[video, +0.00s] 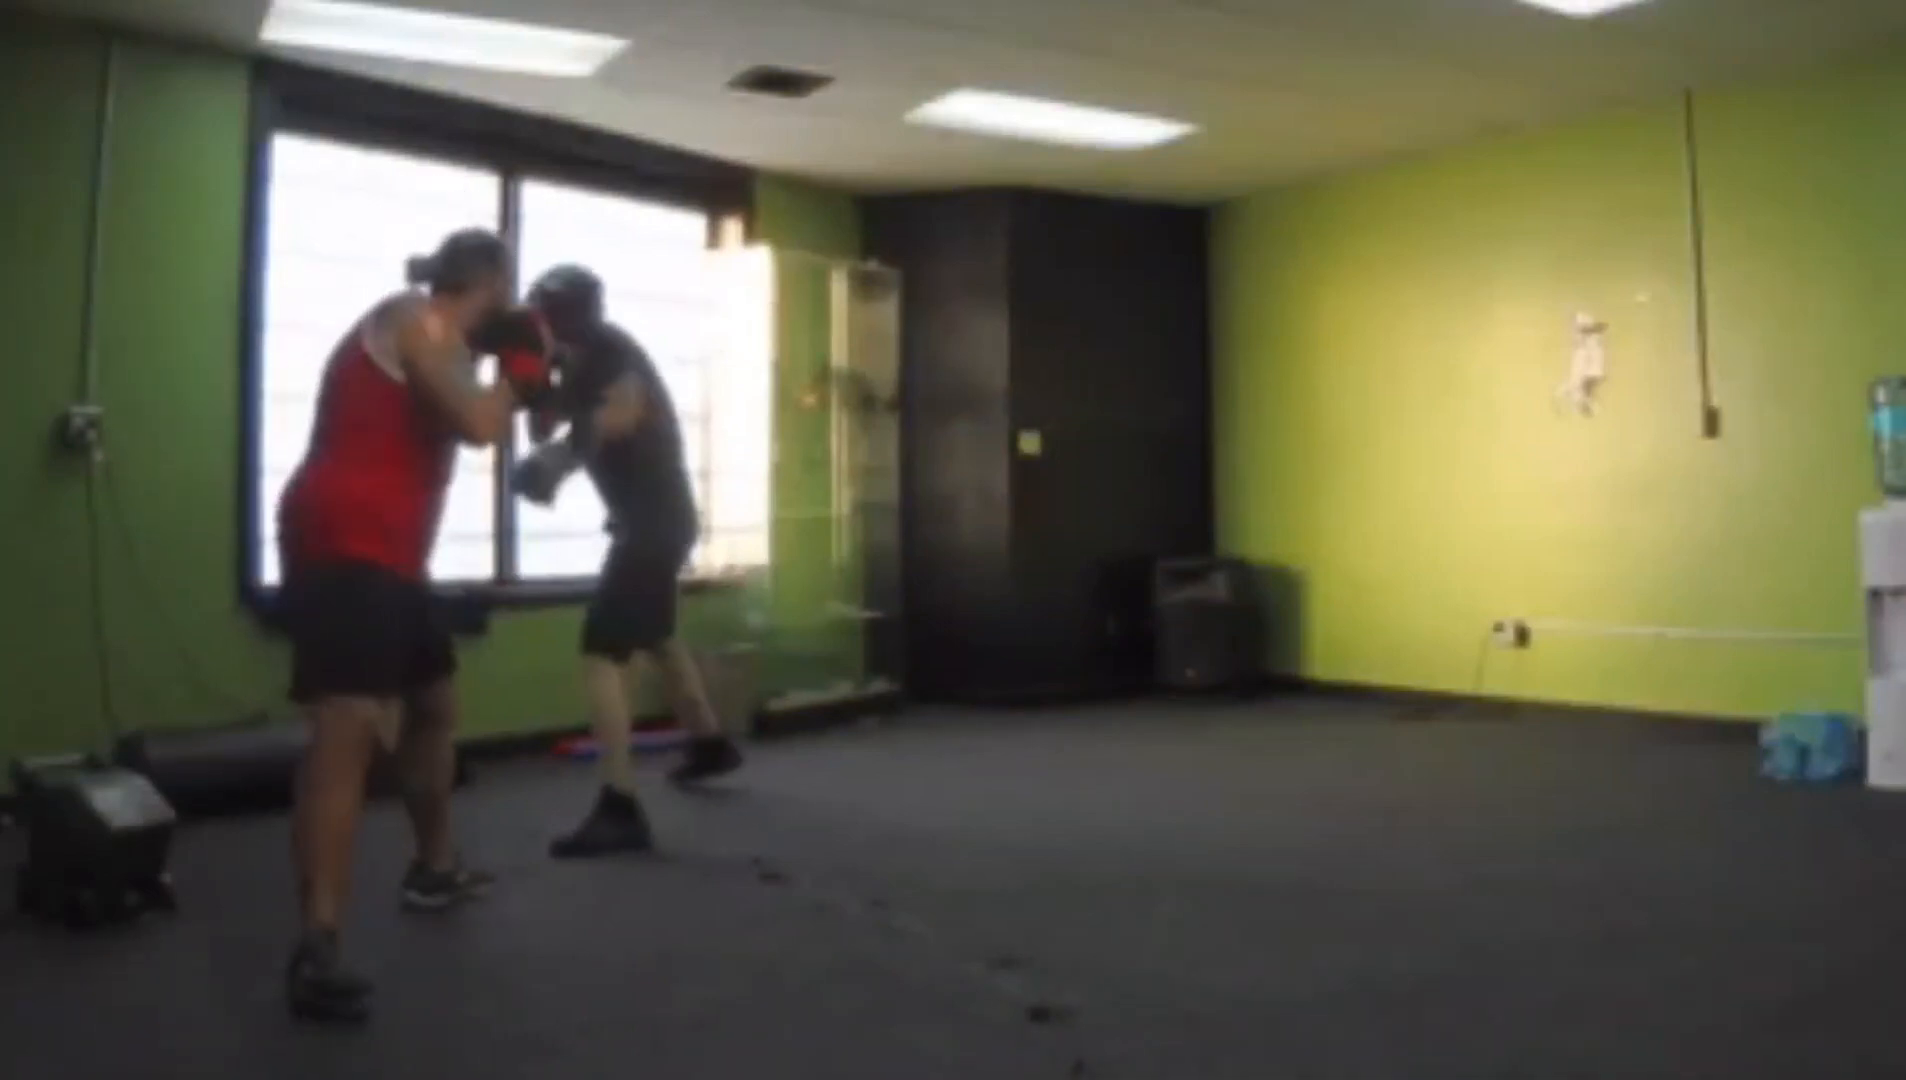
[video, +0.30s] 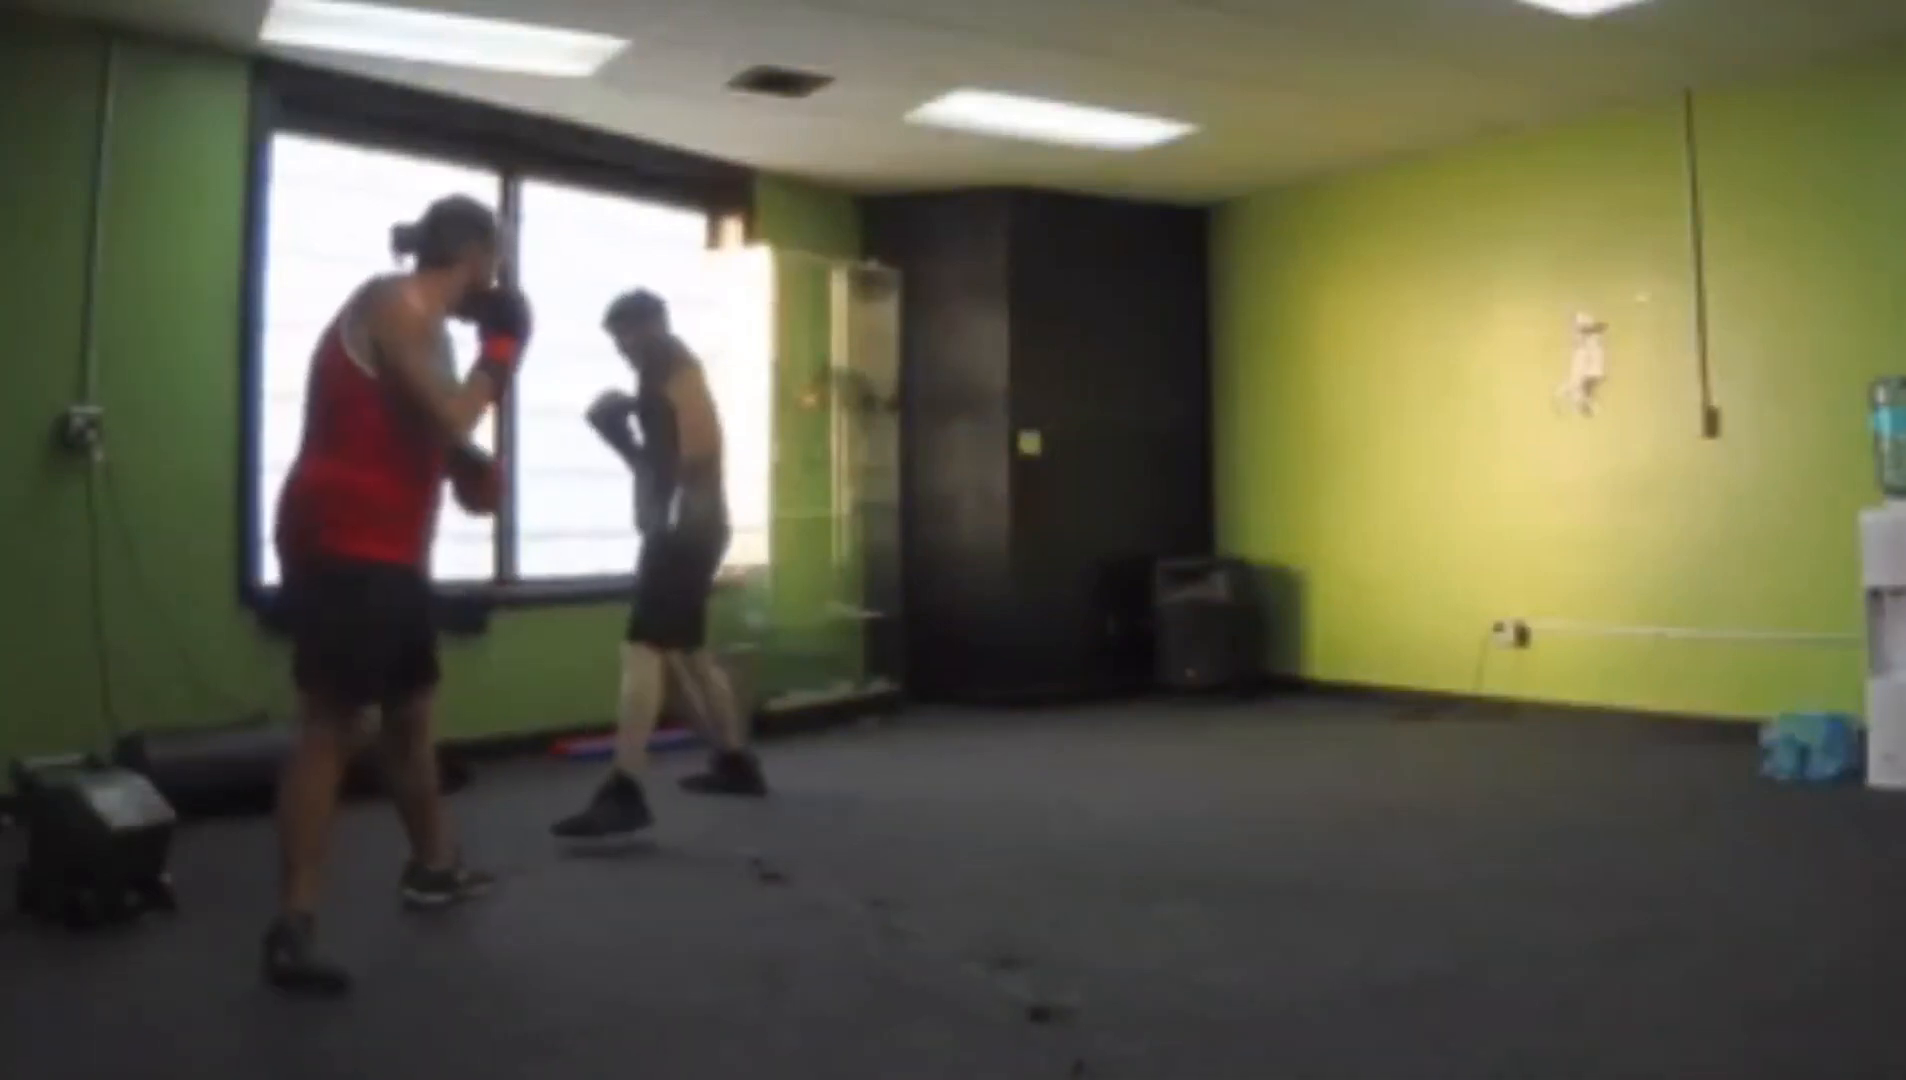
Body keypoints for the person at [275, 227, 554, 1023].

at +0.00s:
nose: (497, 317)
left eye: (500, 305)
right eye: (497, 303)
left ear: (444, 275)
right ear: (474, 288)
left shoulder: (391, 327)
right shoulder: (419, 322)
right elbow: (483, 422)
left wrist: (496, 363)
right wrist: (514, 371)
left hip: (371, 554)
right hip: (351, 551)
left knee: (434, 700)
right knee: (344, 736)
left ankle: (435, 866)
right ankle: (319, 943)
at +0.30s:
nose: (489, 284)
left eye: (492, 273)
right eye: (488, 270)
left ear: (430, 249)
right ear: (464, 259)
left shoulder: (404, 321)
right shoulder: (393, 305)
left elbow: (403, 434)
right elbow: (450, 415)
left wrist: (460, 471)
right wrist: (500, 352)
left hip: (386, 549)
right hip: (348, 546)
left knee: (410, 711)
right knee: (330, 728)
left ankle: (433, 863)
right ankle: (295, 922)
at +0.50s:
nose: (460, 271)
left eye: (461, 258)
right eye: (459, 256)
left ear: (396, 237)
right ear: (438, 245)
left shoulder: (335, 304)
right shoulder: (384, 308)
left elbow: (288, 406)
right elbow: (446, 421)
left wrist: (419, 469)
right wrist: (482, 347)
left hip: (306, 547)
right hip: (365, 553)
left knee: (298, 733)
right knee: (416, 691)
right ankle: (432, 849)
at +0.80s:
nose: (470, 263)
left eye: (467, 251)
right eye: (466, 250)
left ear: (402, 243)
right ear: (445, 244)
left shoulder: (346, 308)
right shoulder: (431, 307)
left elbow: (305, 421)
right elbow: (487, 408)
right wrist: (495, 339)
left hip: (326, 549)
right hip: (393, 554)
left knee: (315, 738)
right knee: (433, 713)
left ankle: (289, 924)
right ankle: (452, 876)